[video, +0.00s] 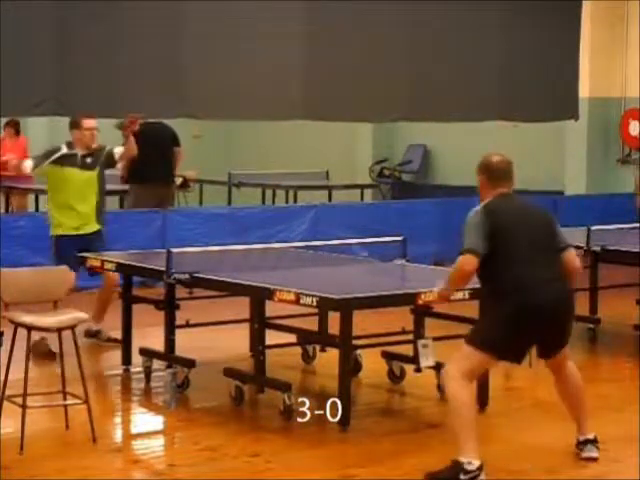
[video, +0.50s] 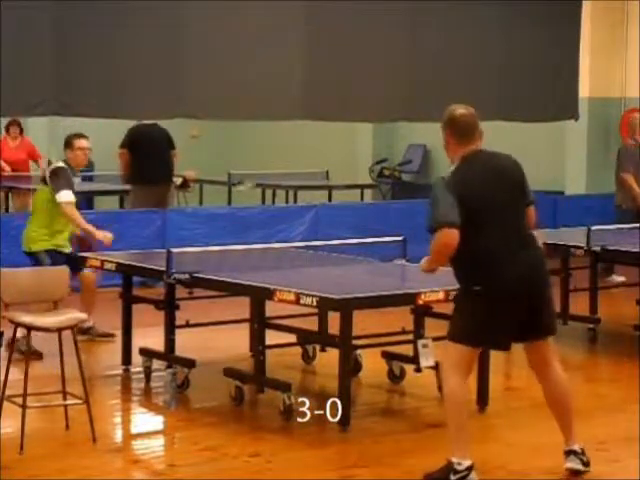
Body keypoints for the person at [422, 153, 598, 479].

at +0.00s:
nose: (478, 187)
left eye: (478, 182)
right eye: (481, 182)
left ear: (482, 181)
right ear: (512, 181)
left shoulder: (482, 214)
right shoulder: (539, 212)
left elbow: (467, 265)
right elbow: (572, 264)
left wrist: (445, 292)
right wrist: (557, 293)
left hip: (511, 309)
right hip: (556, 304)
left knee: (458, 373)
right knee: (560, 361)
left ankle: (468, 461)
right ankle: (587, 437)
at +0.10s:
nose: (477, 178)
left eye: (477, 173)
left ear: (481, 173)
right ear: (511, 173)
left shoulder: (471, 207)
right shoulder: (536, 204)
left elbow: (456, 260)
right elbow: (567, 258)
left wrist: (446, 293)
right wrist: (577, 280)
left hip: (499, 308)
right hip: (547, 304)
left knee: (447, 377)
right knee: (558, 362)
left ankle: (466, 458)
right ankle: (587, 437)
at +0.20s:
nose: (503, 167)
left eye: (473, 166)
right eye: (504, 161)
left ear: (472, 166)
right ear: (504, 162)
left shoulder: (458, 202)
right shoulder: (529, 196)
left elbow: (439, 257)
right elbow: (558, 258)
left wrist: (447, 290)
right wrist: (529, 262)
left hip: (487, 305)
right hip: (534, 303)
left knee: (444, 378)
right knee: (558, 371)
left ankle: (462, 459)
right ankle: (588, 439)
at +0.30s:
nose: (489, 153)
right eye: (488, 147)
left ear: (455, 155)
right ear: (487, 148)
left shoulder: (449, 193)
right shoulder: (514, 179)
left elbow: (432, 250)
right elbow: (537, 233)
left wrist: (436, 271)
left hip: (482, 297)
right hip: (529, 292)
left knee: (449, 377)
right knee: (553, 369)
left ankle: (460, 460)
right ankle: (580, 445)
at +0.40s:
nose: (450, 151)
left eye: (447, 146)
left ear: (448, 147)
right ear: (481, 140)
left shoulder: (448, 187)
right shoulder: (510, 171)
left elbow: (436, 245)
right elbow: (532, 221)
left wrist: (432, 268)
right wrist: (507, 239)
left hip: (481, 294)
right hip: (529, 287)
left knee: (452, 375)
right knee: (549, 365)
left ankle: (460, 460)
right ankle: (575, 447)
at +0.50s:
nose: (444, 144)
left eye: (444, 139)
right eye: (446, 138)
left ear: (448, 139)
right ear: (481, 136)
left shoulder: (451, 181)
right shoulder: (510, 165)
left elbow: (448, 238)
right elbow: (530, 218)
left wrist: (432, 262)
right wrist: (499, 235)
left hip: (484, 285)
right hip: (529, 278)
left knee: (454, 370)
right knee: (547, 364)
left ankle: (460, 461)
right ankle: (573, 448)